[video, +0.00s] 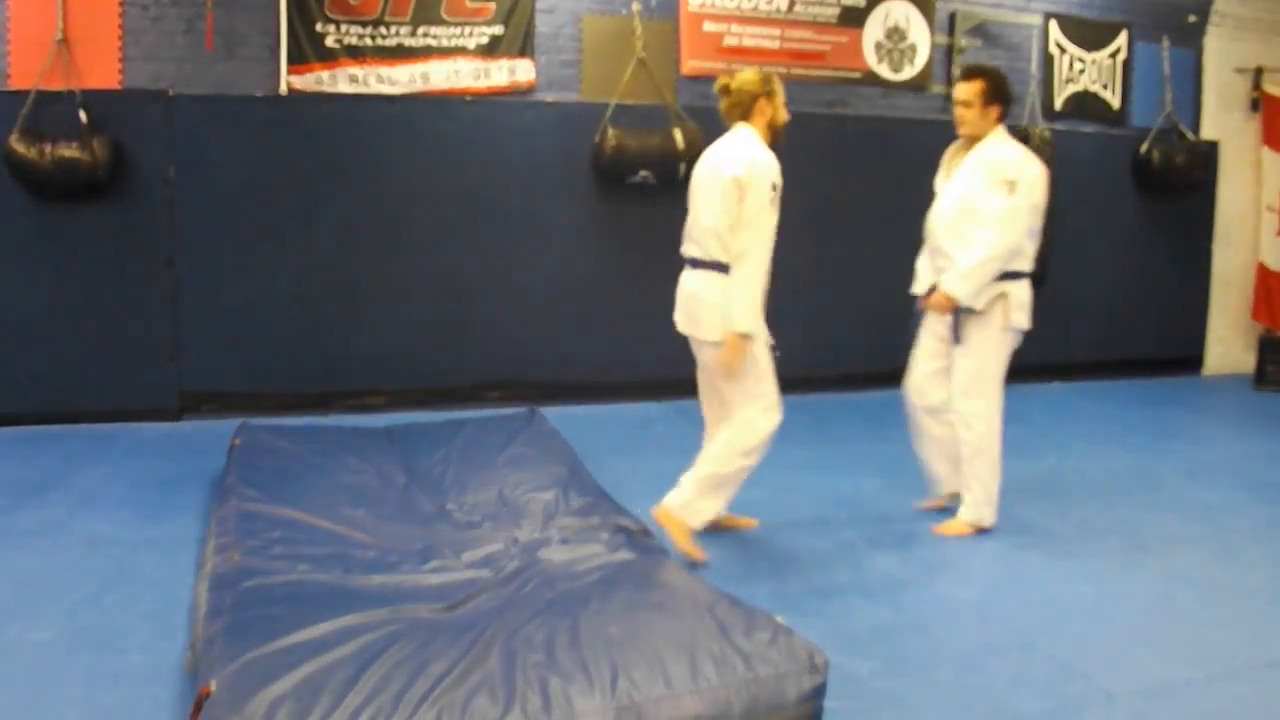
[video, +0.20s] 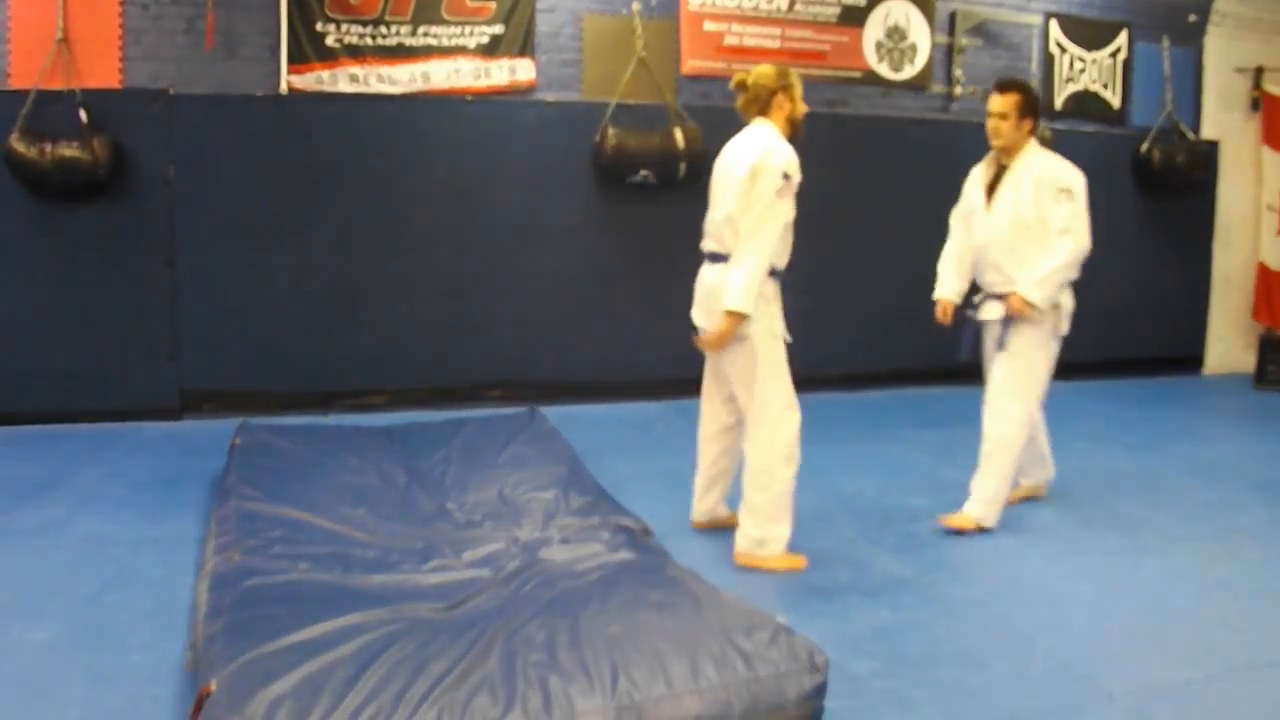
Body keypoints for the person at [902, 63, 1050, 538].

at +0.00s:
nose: (957, 114)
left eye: (967, 106)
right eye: (955, 105)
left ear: (995, 110)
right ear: (956, 107)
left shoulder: (1023, 168)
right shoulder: (955, 157)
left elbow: (1006, 242)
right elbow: (938, 229)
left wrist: (956, 289)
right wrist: (925, 280)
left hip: (995, 296)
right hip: (948, 294)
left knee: (976, 400)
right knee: (923, 390)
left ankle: (979, 510)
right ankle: (950, 484)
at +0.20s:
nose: (993, 126)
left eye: (1003, 118)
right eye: (990, 117)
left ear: (1029, 123)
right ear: (985, 121)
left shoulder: (1060, 176)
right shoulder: (981, 175)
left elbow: (1074, 243)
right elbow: (961, 234)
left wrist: (1033, 292)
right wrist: (949, 288)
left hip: (1040, 304)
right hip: (993, 301)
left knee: (1008, 400)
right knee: (1009, 394)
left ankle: (980, 507)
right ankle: (1034, 474)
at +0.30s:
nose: (1007, 126)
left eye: (1017, 118)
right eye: (1003, 117)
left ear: (1042, 120)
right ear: (1000, 120)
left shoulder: (1079, 173)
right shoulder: (998, 174)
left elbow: (1085, 244)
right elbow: (978, 237)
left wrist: (1067, 303)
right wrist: (959, 294)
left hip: (1054, 297)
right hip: (1009, 296)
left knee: (1028, 397)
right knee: (1018, 394)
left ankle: (1003, 498)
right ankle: (1038, 472)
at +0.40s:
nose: (1027, 122)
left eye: (1036, 113)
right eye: (1023, 113)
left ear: (1062, 116)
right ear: (1019, 117)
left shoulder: (1099, 171)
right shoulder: (1014, 169)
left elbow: (1113, 239)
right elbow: (993, 230)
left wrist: (1083, 295)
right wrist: (980, 284)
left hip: (1070, 299)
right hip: (1023, 297)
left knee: (1057, 397)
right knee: (1022, 394)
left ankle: (1068, 492)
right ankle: (1033, 477)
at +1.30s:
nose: (1001, 124)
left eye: (1010, 116)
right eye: (998, 116)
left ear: (1039, 120)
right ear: (998, 121)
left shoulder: (1068, 169)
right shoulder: (991, 172)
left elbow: (1097, 226)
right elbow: (967, 212)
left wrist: (1040, 252)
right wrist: (963, 238)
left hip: (1061, 307)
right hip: (1008, 307)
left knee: (1060, 401)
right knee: (997, 401)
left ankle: (1116, 471)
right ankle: (1012, 487)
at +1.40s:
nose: (975, 123)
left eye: (984, 114)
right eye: (972, 114)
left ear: (1012, 118)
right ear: (972, 119)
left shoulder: (1042, 170)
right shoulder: (968, 168)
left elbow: (1042, 227)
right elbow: (941, 202)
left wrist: (983, 238)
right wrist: (930, 221)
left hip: (1036, 300)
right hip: (986, 301)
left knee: (1008, 395)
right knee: (984, 399)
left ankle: (1054, 477)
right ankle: (1011, 483)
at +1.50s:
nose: (951, 120)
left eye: (960, 112)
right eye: (948, 112)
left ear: (988, 116)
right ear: (949, 115)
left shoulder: (1008, 166)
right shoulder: (945, 162)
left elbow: (966, 218)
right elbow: (905, 200)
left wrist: (912, 212)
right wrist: (848, 196)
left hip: (1009, 300)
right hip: (971, 299)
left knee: (964, 394)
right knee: (989, 394)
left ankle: (956, 512)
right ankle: (1012, 482)